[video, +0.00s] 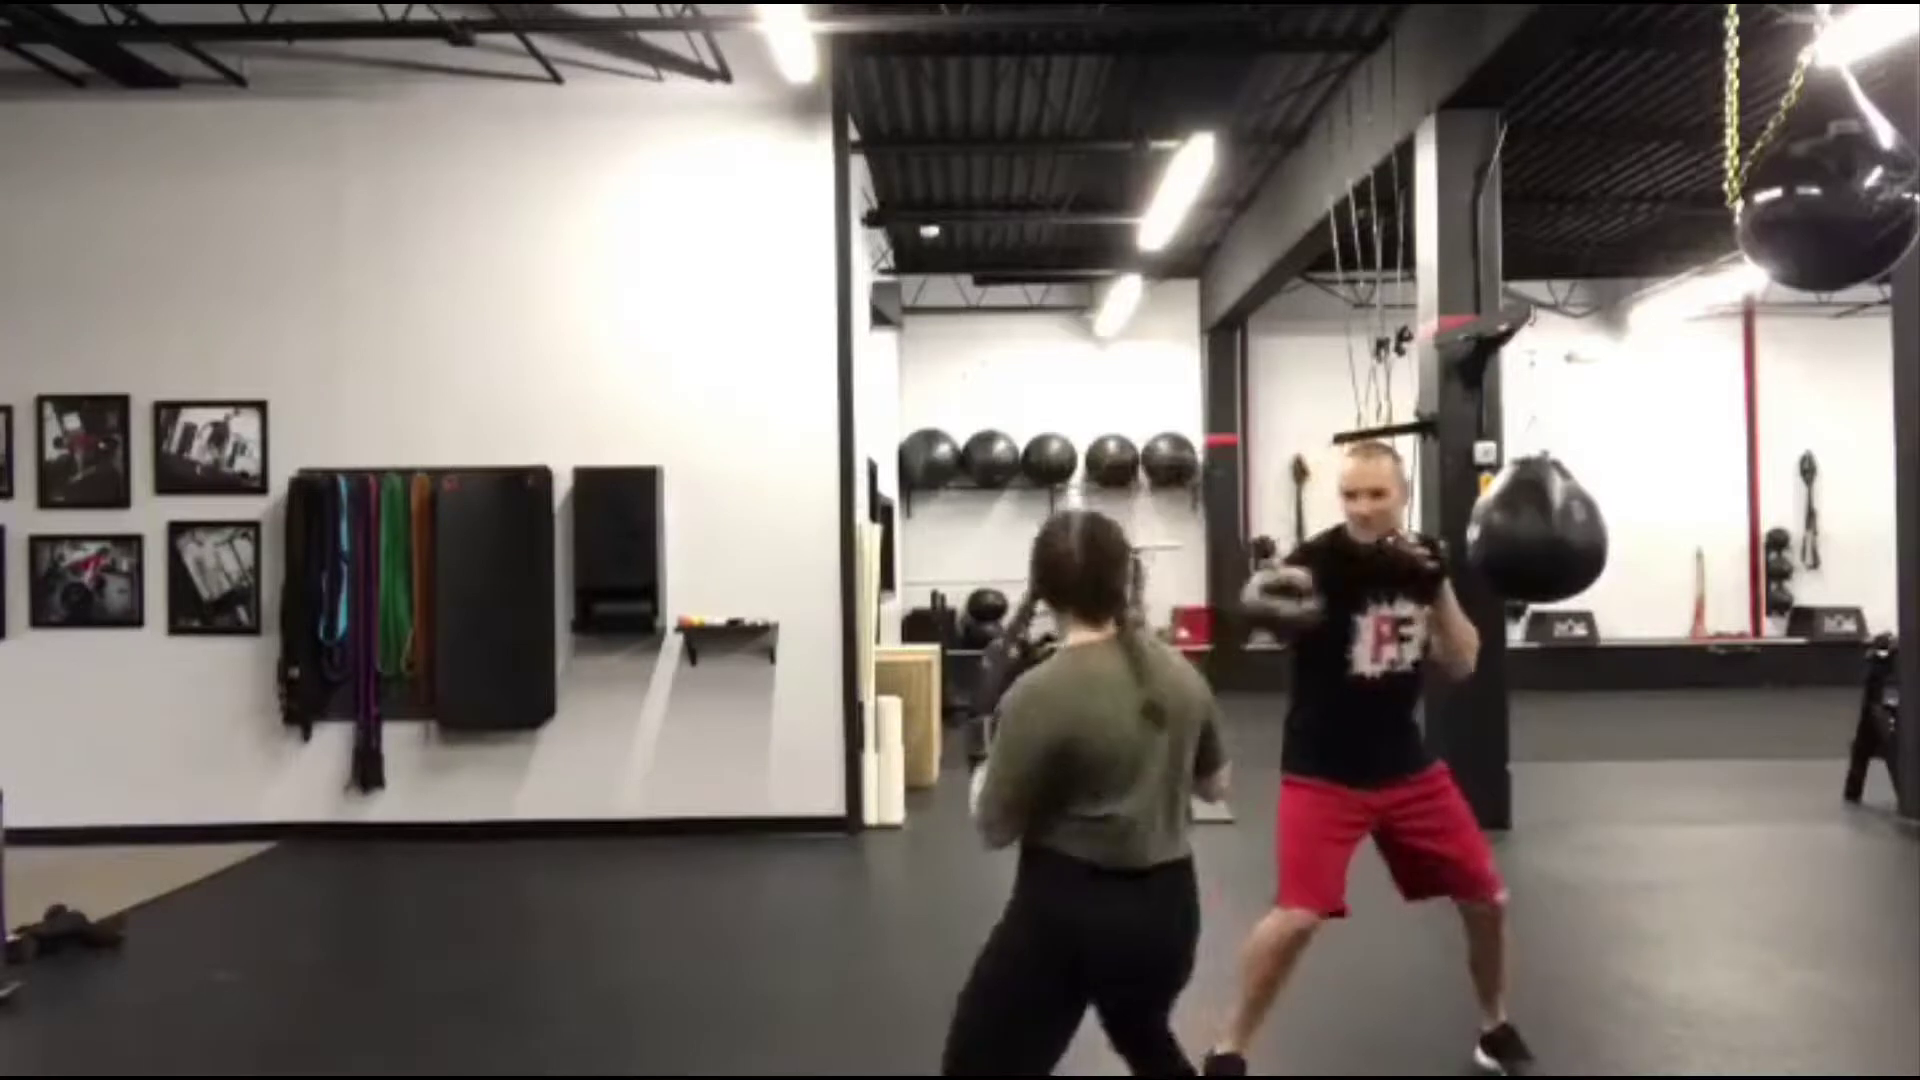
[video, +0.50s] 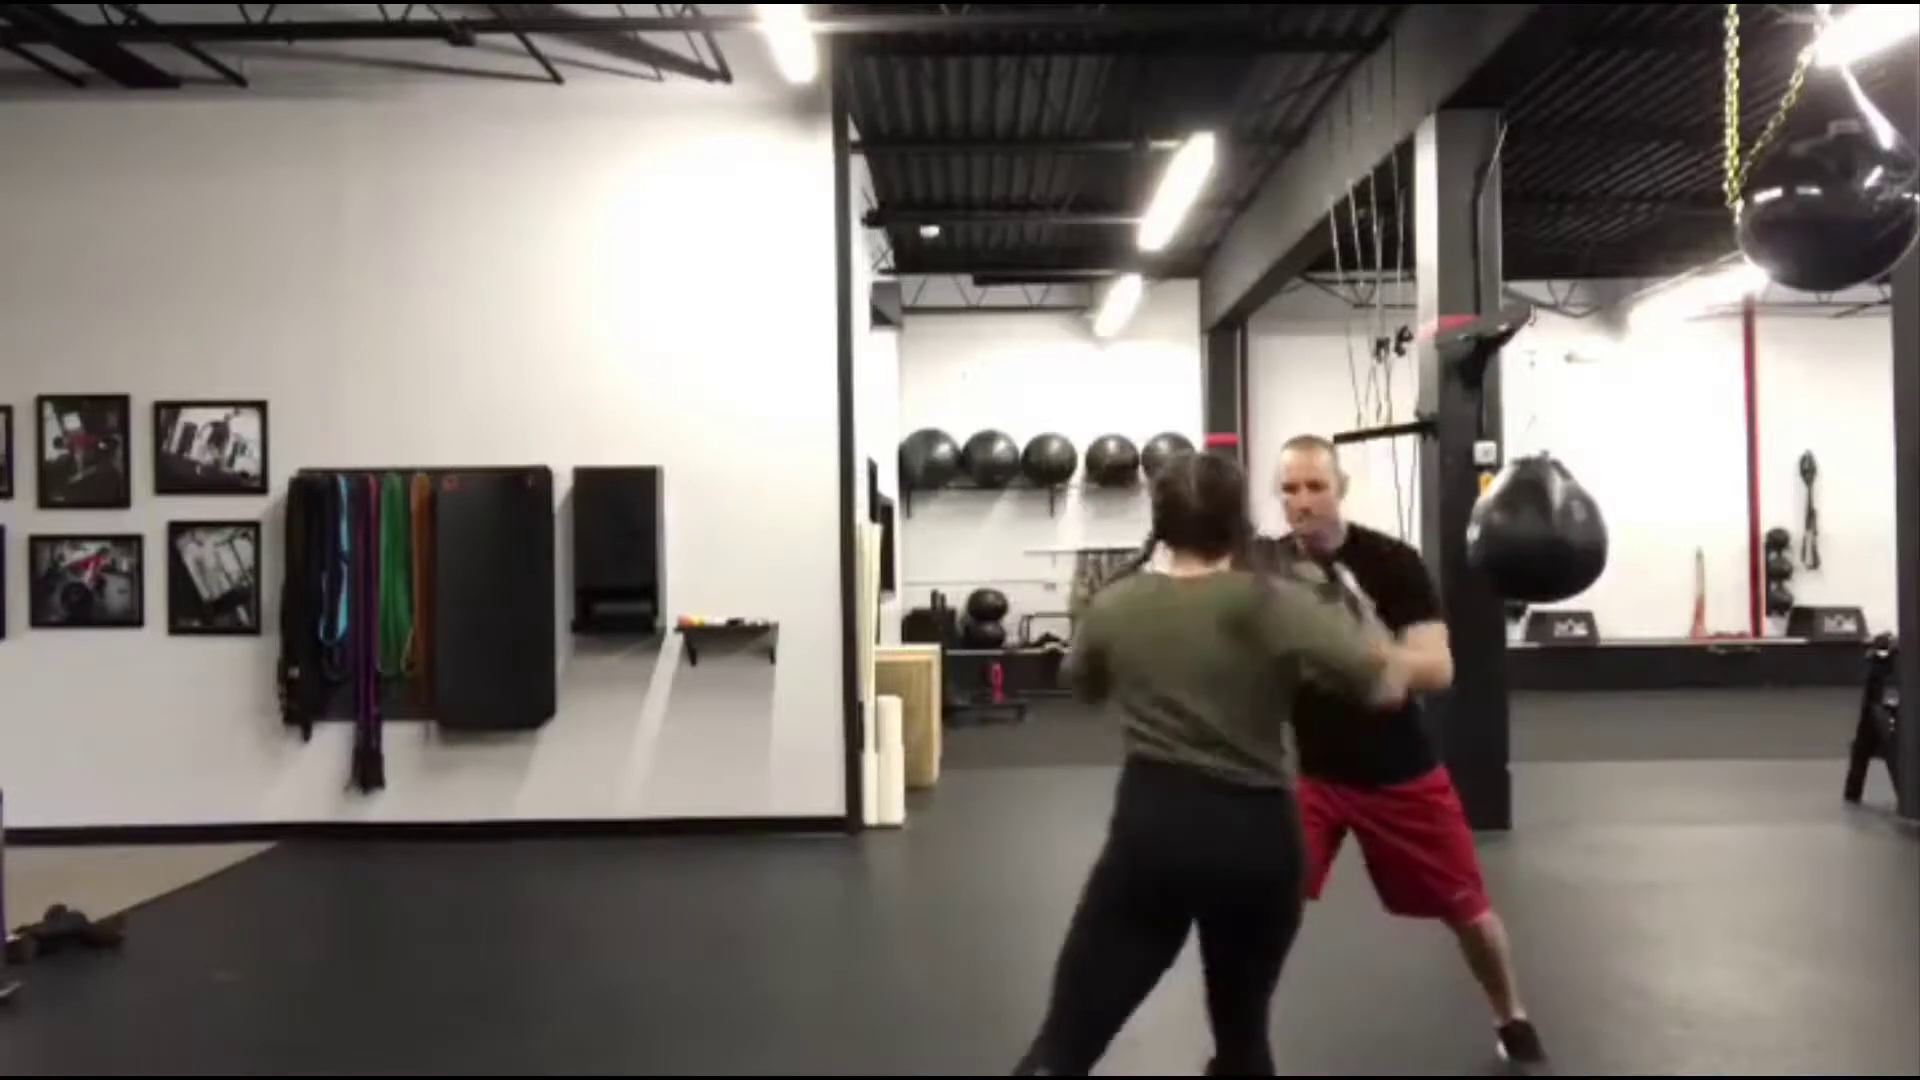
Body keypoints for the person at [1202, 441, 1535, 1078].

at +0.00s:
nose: (1363, 508)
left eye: (1376, 495)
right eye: (1351, 496)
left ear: (1403, 495)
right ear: (1338, 497)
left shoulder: (1424, 563)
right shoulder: (1315, 562)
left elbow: (1461, 662)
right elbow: (1266, 598)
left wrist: (1434, 582)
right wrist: (1273, 600)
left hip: (1409, 769)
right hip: (1321, 775)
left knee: (1487, 899)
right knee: (1300, 914)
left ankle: (1494, 1026)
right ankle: (1230, 1051)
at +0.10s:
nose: (1343, 500)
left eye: (1356, 486)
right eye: (1333, 487)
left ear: (1387, 490)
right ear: (1320, 491)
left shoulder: (1419, 557)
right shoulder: (1300, 561)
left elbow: (1467, 650)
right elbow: (1222, 640)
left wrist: (1425, 559)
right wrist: (1265, 596)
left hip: (1413, 774)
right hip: (1317, 777)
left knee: (1482, 904)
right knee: (1285, 913)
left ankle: (1493, 1029)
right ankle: (1230, 1050)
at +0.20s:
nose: (1318, 489)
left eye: (1332, 478)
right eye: (1309, 478)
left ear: (1360, 484)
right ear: (1298, 484)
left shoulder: (1403, 554)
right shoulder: (1284, 564)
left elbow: (1455, 625)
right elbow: (1217, 640)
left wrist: (1402, 538)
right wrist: (1260, 598)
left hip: (1409, 779)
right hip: (1311, 777)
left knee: (1471, 916)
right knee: (1262, 913)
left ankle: (1494, 1030)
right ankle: (1226, 1051)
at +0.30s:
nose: (1294, 491)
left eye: (1305, 479)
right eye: (1290, 478)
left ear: (1337, 484)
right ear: (1284, 485)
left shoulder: (1389, 553)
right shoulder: (1267, 570)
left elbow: (1403, 624)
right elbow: (1228, 636)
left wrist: (1356, 543)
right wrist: (1236, 556)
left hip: (1399, 771)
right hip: (1302, 770)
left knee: (1463, 916)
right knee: (1258, 907)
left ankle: (1498, 1029)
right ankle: (1226, 1041)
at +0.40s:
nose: (1301, 494)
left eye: (1314, 481)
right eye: (1290, 483)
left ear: (1340, 483)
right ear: (1277, 489)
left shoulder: (1386, 553)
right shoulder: (1261, 565)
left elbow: (1412, 644)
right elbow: (1231, 655)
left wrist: (1347, 576)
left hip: (1400, 773)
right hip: (1300, 772)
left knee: (1465, 915)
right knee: (1253, 908)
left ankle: (1512, 1021)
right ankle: (1237, 1047)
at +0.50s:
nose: (1301, 501)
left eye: (1314, 487)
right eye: (1289, 489)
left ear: (1342, 490)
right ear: (1278, 496)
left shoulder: (1391, 561)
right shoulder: (1266, 568)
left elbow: (1435, 665)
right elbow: (1234, 649)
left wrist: (1360, 660)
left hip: (1405, 778)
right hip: (1311, 778)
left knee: (1469, 914)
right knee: (1264, 914)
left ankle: (1514, 1022)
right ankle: (1235, 1047)